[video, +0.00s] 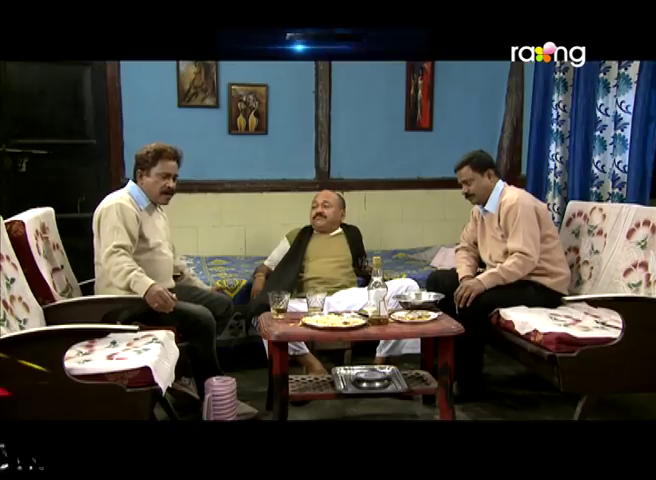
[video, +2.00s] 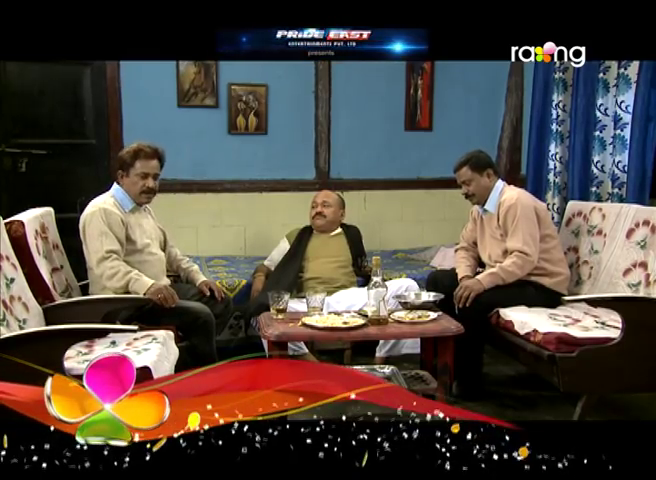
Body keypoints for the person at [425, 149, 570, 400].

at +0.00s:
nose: (464, 190)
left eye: (468, 183)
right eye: (461, 185)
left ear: (489, 176)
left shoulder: (518, 203)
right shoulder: (480, 209)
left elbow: (524, 259)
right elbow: (466, 247)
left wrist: (481, 282)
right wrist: (466, 276)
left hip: (542, 286)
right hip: (505, 277)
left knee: (473, 302)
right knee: (439, 280)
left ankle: (468, 384)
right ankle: (440, 369)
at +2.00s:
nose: (464, 191)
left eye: (468, 184)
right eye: (461, 186)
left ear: (488, 176)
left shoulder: (517, 202)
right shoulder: (480, 209)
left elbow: (524, 258)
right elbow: (466, 247)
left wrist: (481, 282)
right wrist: (466, 277)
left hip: (542, 286)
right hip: (505, 279)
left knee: (473, 301)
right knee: (439, 280)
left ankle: (468, 384)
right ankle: (439, 370)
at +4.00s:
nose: (460, 196)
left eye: (463, 188)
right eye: (457, 191)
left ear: (483, 178)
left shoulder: (515, 205)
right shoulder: (479, 208)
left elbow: (517, 262)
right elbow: (465, 247)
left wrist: (469, 286)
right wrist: (464, 278)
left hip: (541, 285)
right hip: (503, 276)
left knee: (467, 302)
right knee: (437, 280)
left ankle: (467, 385)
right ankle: (440, 369)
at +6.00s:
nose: (458, 199)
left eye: (460, 191)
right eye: (455, 193)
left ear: (481, 179)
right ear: (479, 181)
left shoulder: (512, 206)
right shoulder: (477, 208)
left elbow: (513, 266)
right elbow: (464, 249)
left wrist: (465, 295)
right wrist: (463, 283)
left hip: (542, 286)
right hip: (504, 277)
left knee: (469, 302)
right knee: (437, 280)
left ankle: (467, 384)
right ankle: (440, 368)